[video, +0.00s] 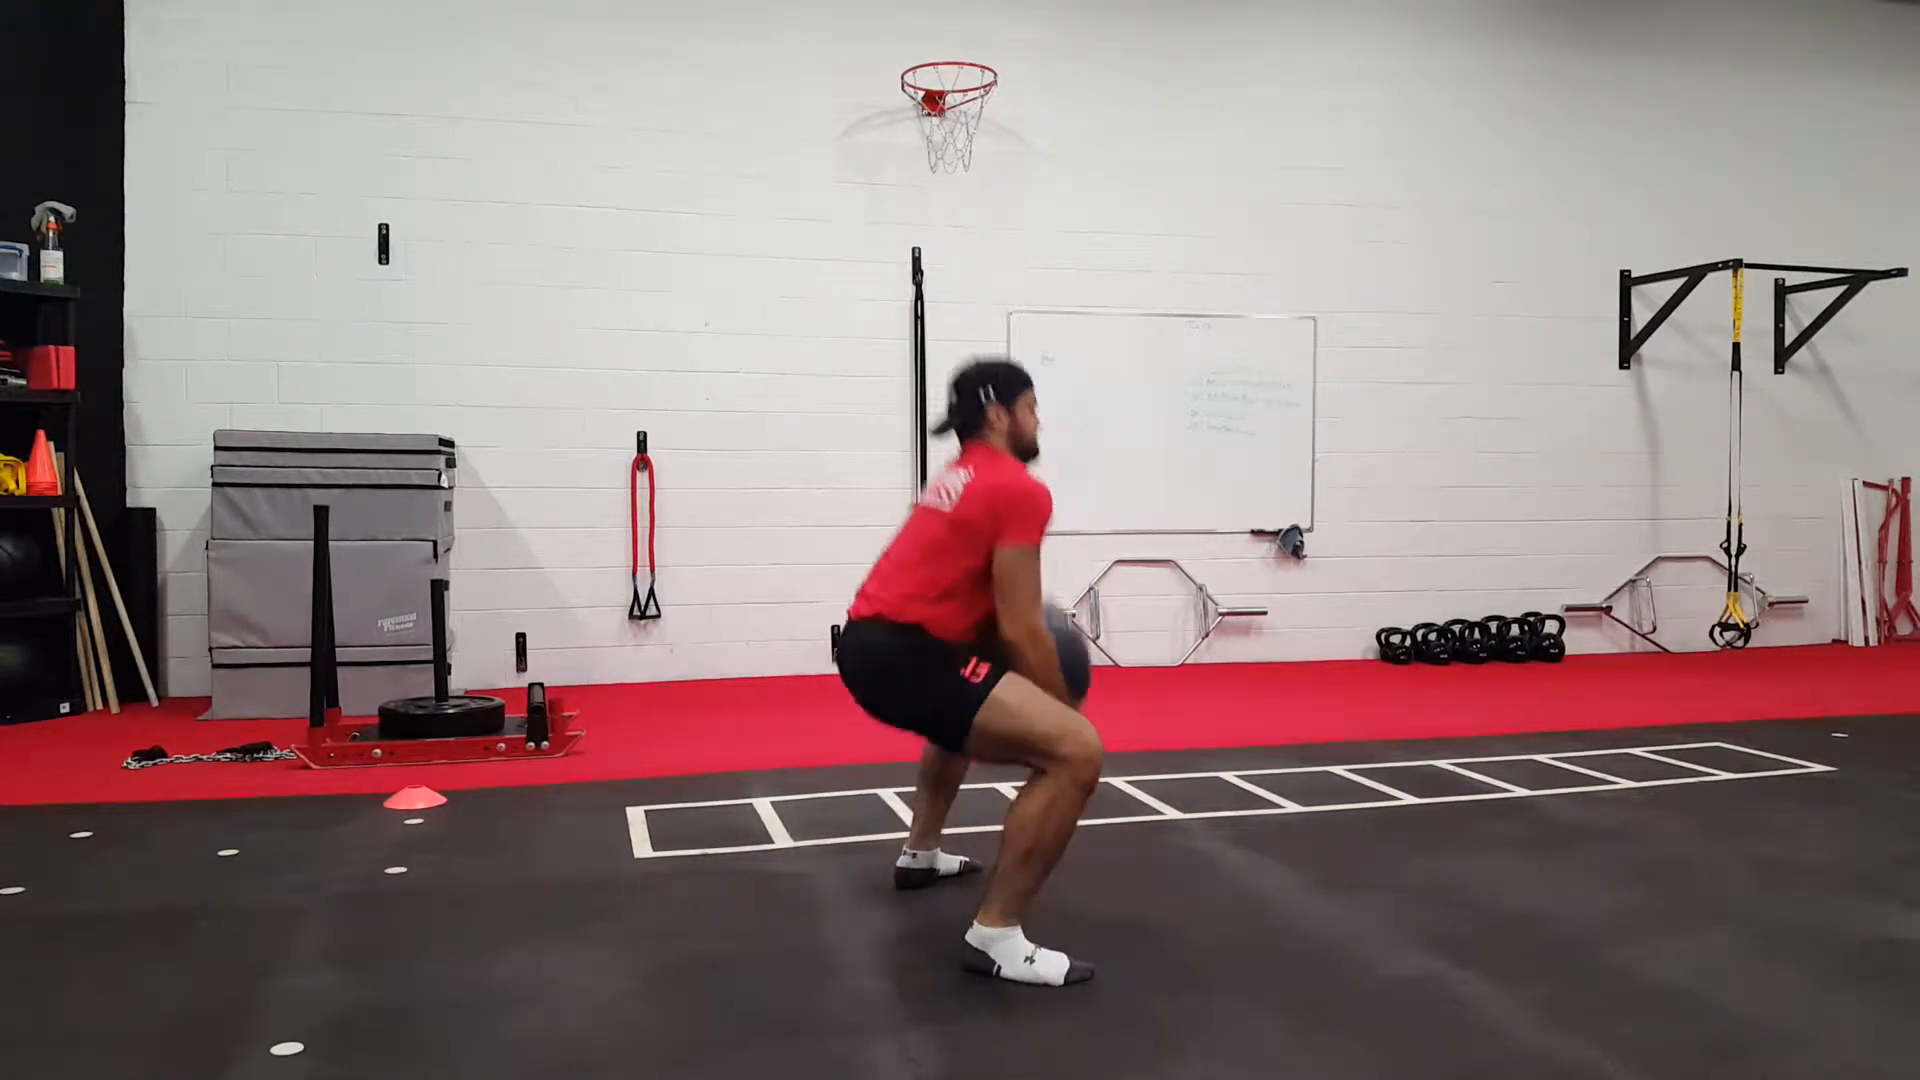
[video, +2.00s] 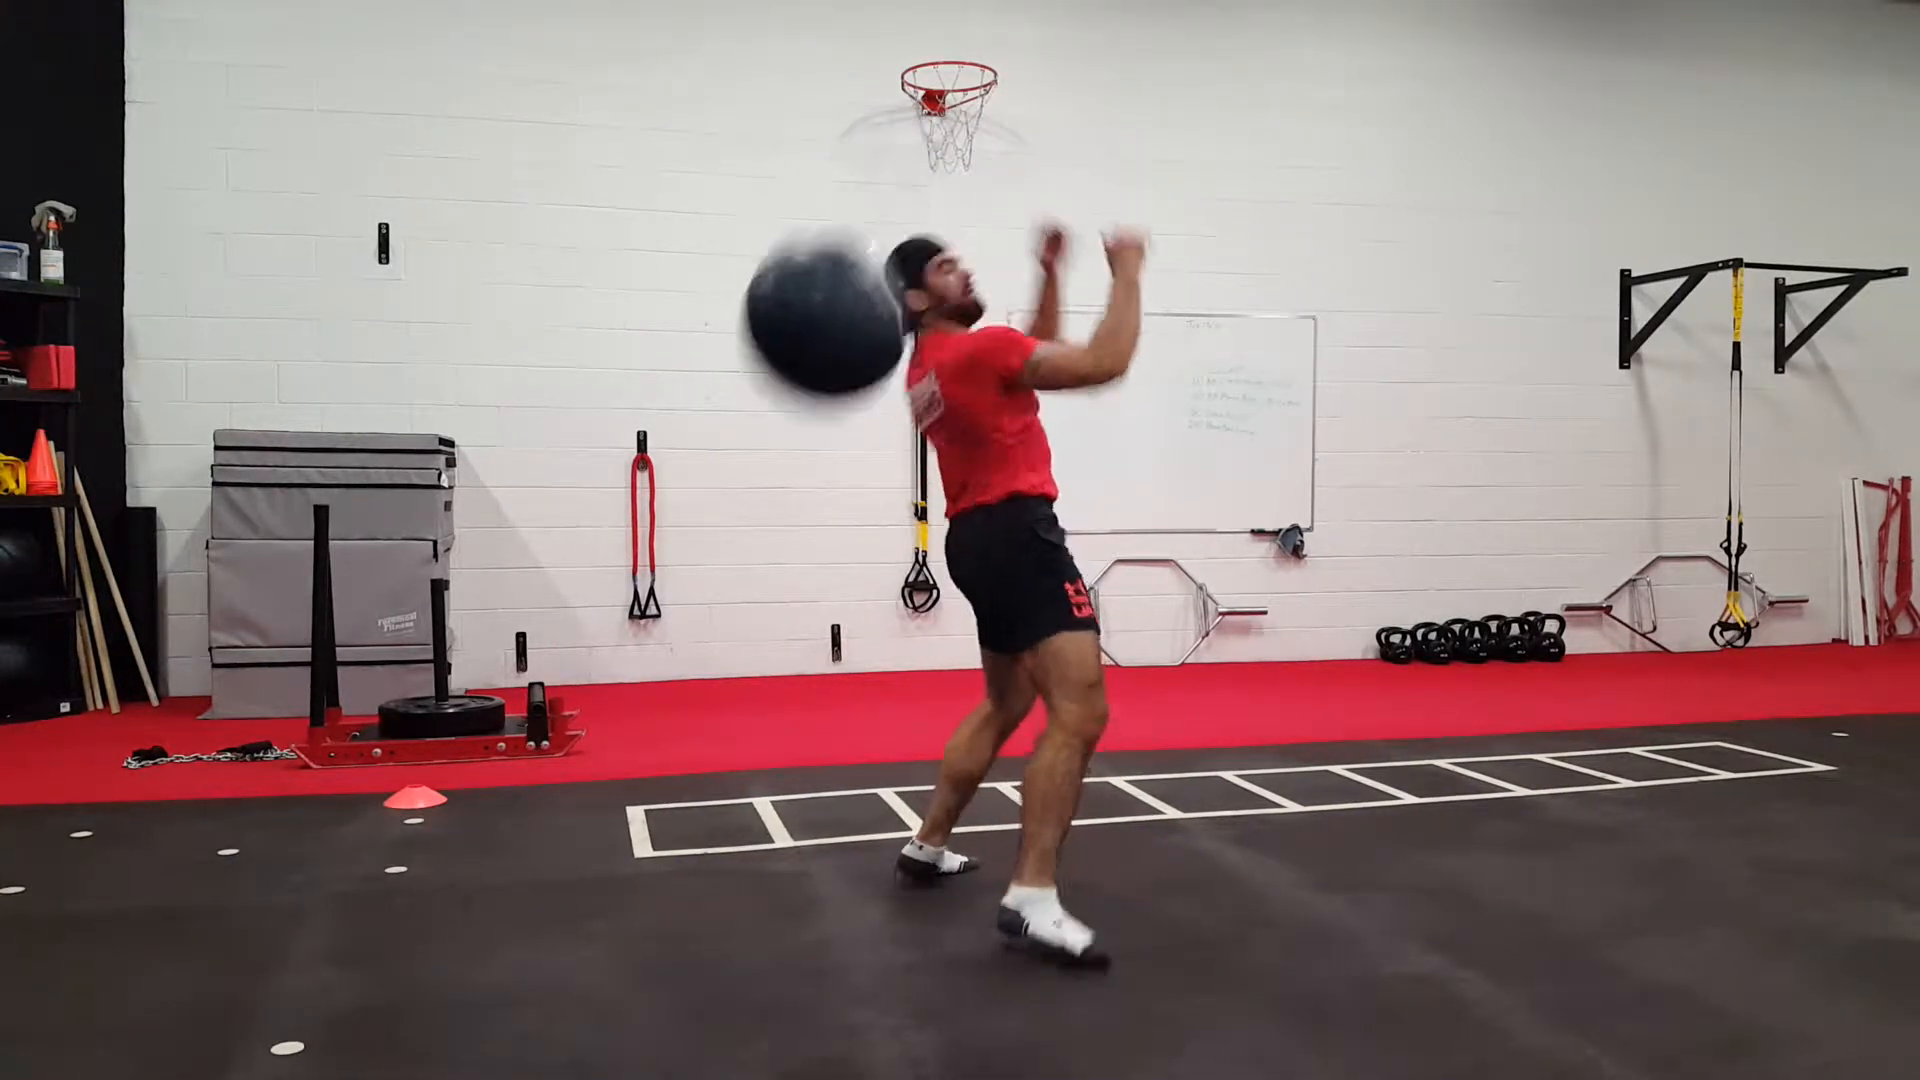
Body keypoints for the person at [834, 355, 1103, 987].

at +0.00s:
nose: (1038, 420)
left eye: (1035, 407)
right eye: (1031, 408)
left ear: (985, 417)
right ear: (998, 415)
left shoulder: (957, 474)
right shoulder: (1017, 490)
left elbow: (969, 611)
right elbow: (1021, 627)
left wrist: (1033, 659)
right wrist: (1060, 714)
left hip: (866, 641)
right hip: (905, 652)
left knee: (980, 698)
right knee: (1076, 755)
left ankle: (922, 849)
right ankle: (997, 931)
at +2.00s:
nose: (964, 273)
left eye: (956, 263)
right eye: (946, 268)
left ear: (927, 298)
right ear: (919, 297)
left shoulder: (925, 367)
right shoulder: (978, 347)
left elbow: (1029, 359)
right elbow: (1102, 363)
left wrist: (1048, 275)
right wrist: (1127, 274)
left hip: (974, 537)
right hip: (1019, 528)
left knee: (1006, 704)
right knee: (1080, 712)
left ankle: (927, 844)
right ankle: (1034, 895)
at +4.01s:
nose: (560, 495)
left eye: (564, 478)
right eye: (554, 481)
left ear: (613, 456)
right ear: (610, 461)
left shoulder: (684, 539)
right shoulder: (630, 548)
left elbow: (681, 718)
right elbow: (629, 690)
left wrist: (655, 867)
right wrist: (597, 818)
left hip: (824, 666)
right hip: (739, 670)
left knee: (712, 788)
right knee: (599, 735)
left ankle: (772, 1009)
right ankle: (631, 931)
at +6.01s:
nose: (611, 426)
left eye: (626, 412)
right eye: (610, 412)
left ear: (680, 417)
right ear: (664, 419)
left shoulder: (706, 500)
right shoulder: (635, 510)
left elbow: (710, 657)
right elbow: (613, 631)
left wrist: (600, 749)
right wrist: (546, 697)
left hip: (787, 690)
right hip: (707, 687)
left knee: (683, 819)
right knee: (557, 753)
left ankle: (769, 1015)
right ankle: (638, 914)